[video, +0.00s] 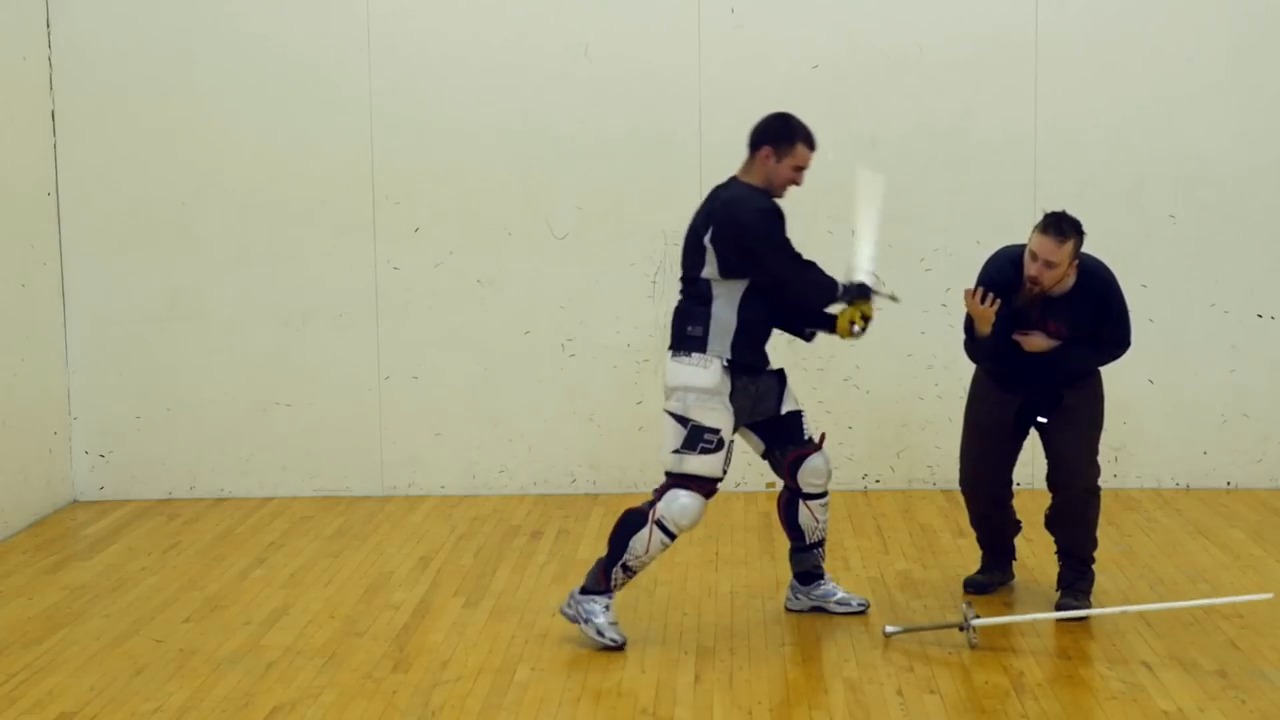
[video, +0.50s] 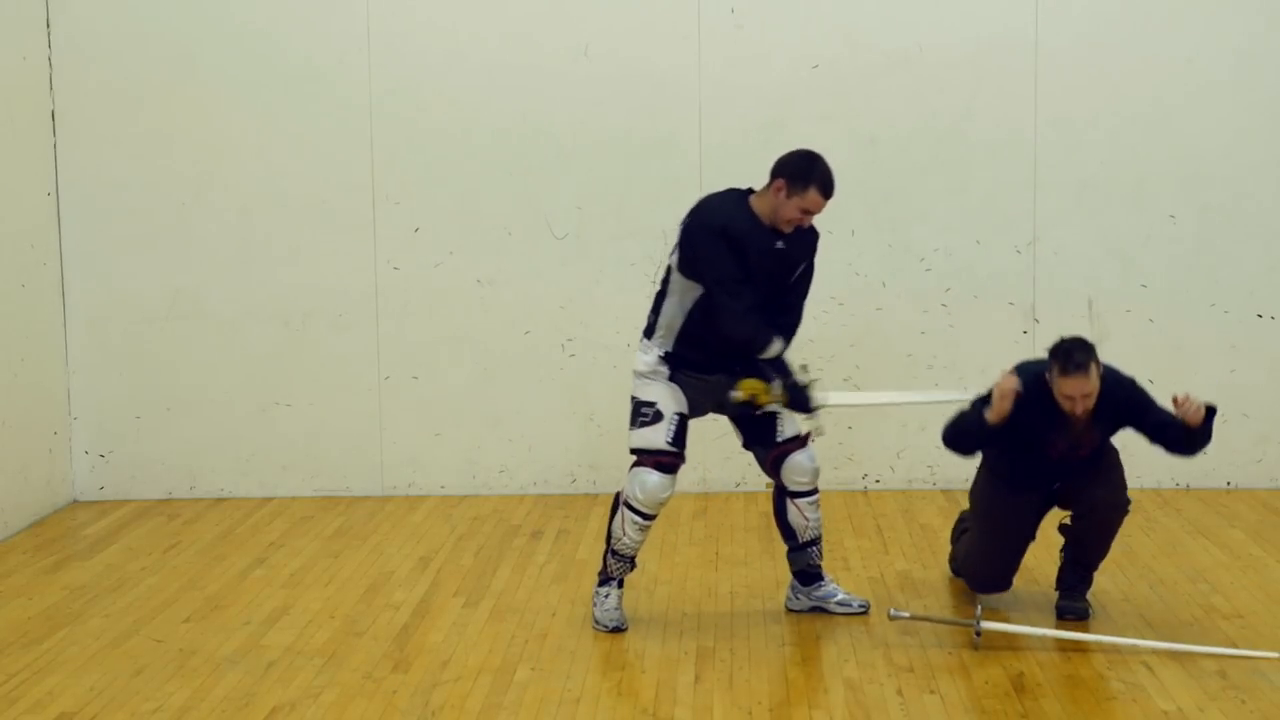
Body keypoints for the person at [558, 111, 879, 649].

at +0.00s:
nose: (799, 180)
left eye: (803, 171)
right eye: (797, 168)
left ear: (769, 158)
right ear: (766, 154)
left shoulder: (755, 209)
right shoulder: (737, 207)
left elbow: (769, 299)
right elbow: (787, 271)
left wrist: (829, 323)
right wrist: (843, 295)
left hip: (749, 368)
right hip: (703, 367)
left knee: (809, 468)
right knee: (685, 500)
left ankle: (808, 584)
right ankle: (591, 595)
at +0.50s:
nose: (807, 221)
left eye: (813, 214)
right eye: (804, 209)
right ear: (777, 188)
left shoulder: (801, 238)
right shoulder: (712, 218)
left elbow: (788, 312)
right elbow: (728, 302)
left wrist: (767, 367)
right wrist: (777, 367)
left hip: (743, 369)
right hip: (671, 368)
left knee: (799, 466)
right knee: (652, 483)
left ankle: (808, 583)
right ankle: (609, 586)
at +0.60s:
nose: (777, 214)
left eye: (786, 208)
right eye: (776, 201)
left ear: (791, 202)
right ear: (757, 171)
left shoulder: (773, 242)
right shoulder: (689, 186)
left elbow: (733, 319)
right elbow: (634, 263)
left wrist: (667, 339)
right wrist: (649, 313)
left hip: (717, 348)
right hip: (650, 335)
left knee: (757, 470)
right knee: (624, 467)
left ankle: (794, 576)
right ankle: (606, 587)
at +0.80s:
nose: (697, 197)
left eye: (709, 192)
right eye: (691, 185)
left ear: (731, 182)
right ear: (682, 163)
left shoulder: (736, 232)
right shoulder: (652, 170)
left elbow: (676, 300)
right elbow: (600, 135)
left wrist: (625, 263)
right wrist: (527, 131)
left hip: (710, 356)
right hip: (642, 348)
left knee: (745, 471)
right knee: (623, 471)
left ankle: (774, 572)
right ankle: (606, 586)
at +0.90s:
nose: (674, 193)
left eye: (686, 187)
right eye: (669, 182)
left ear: (712, 174)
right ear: (661, 162)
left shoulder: (728, 225)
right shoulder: (644, 172)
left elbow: (694, 305)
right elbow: (600, 137)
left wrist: (618, 305)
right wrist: (536, 121)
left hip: (709, 357)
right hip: (640, 351)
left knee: (743, 469)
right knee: (622, 469)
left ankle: (775, 571)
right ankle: (606, 585)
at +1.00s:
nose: (669, 192)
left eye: (681, 184)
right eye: (662, 181)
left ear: (705, 169)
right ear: (654, 165)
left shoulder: (727, 222)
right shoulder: (640, 176)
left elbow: (698, 306)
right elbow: (598, 153)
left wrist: (620, 324)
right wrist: (535, 138)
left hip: (710, 359)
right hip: (642, 354)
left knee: (744, 471)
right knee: (622, 470)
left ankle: (775, 571)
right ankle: (607, 586)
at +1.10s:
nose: (667, 190)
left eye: (678, 181)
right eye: (659, 179)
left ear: (703, 165)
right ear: (651, 165)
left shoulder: (727, 217)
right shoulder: (639, 184)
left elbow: (707, 305)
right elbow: (590, 177)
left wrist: (625, 337)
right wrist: (529, 171)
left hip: (712, 357)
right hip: (642, 352)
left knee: (745, 470)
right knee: (623, 471)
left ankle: (775, 572)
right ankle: (607, 587)